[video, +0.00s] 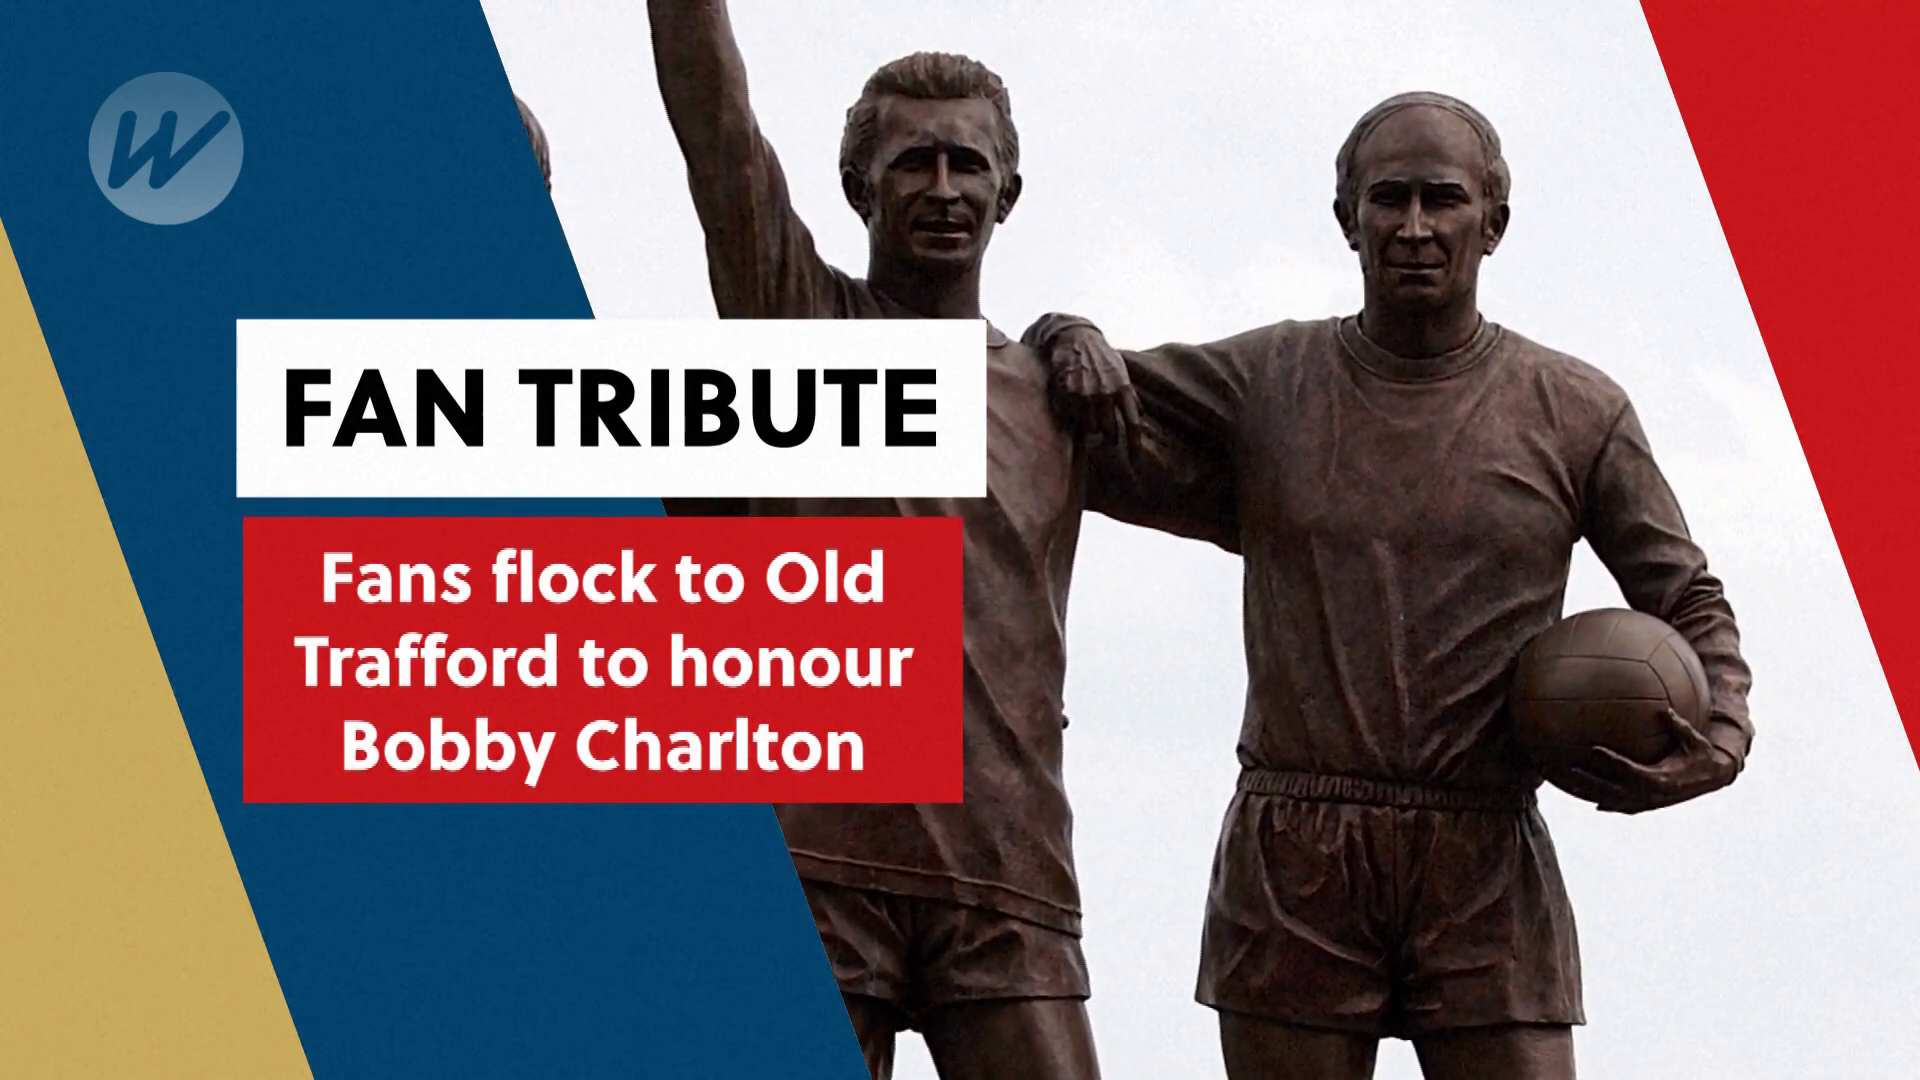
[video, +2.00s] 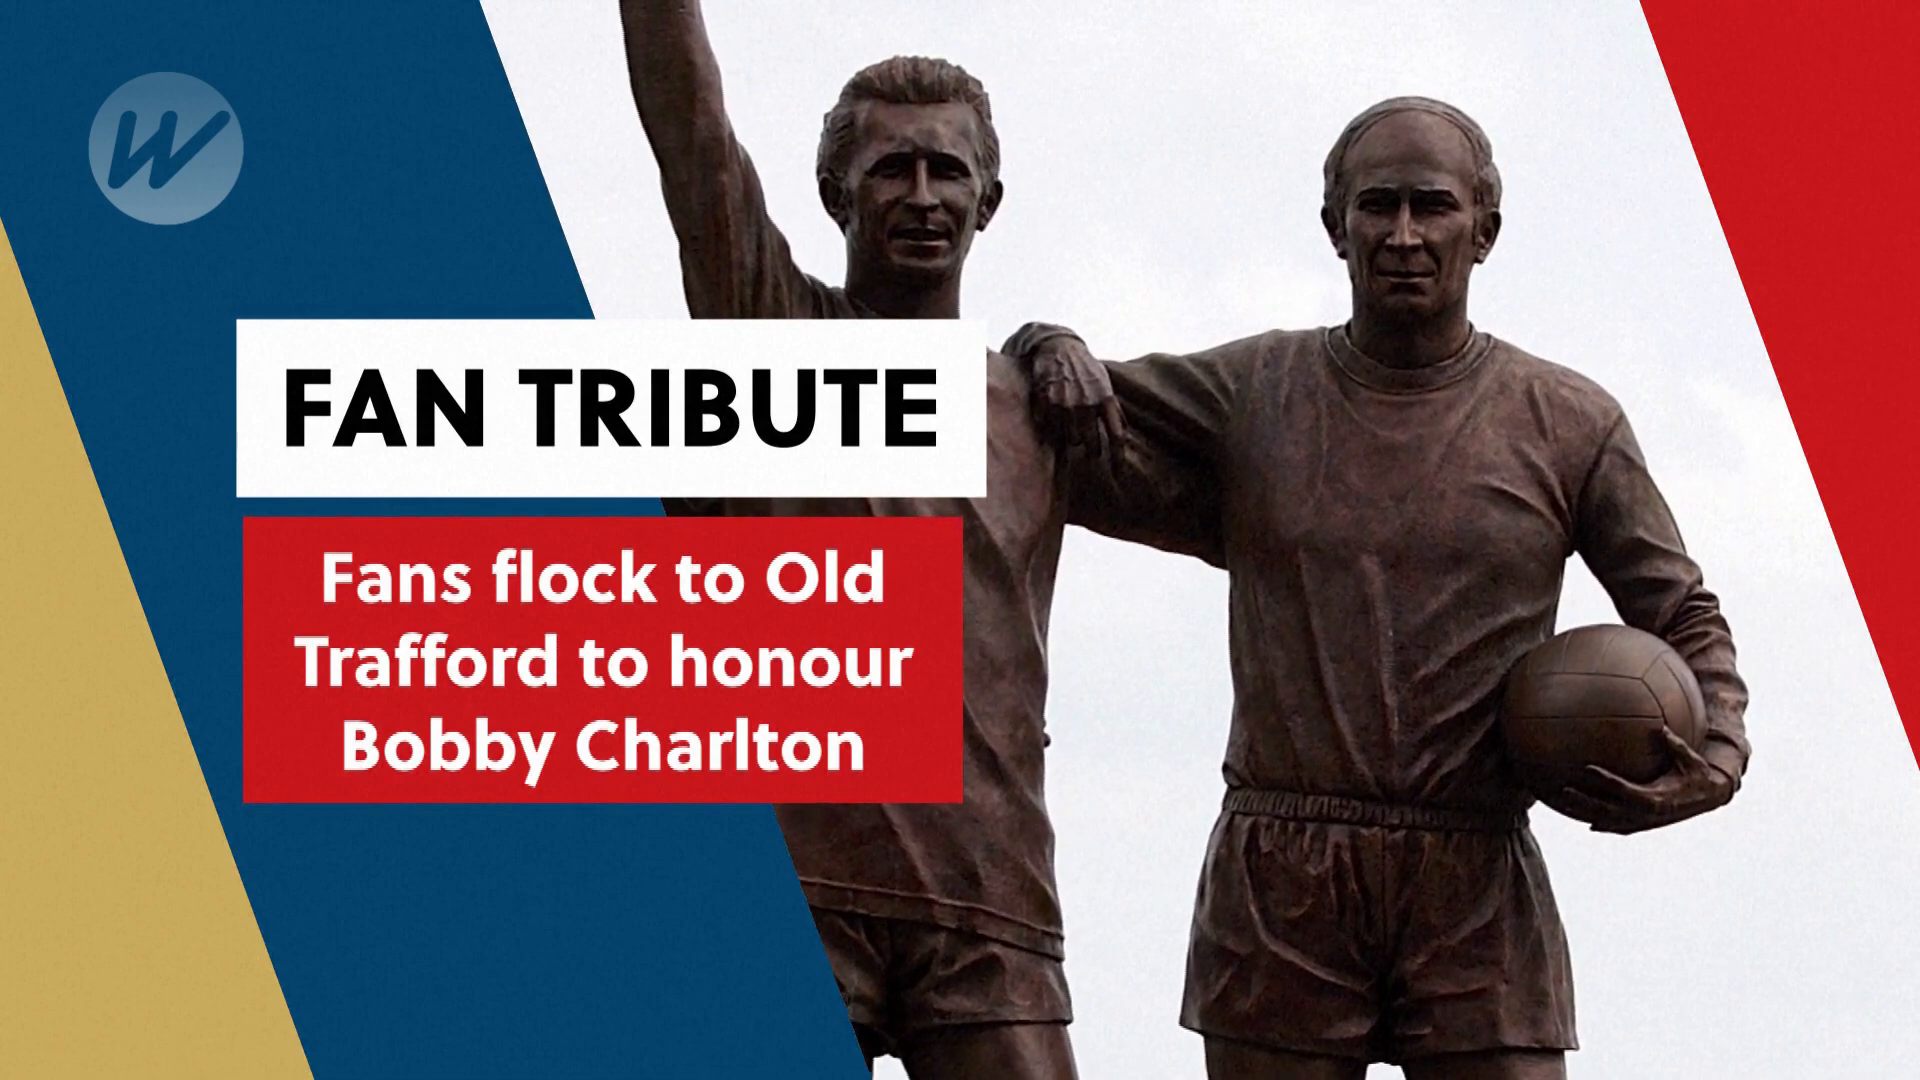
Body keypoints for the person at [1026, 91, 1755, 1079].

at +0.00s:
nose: (1414, 224)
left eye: (1443, 197)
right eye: (1387, 199)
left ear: (1495, 221)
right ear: (1347, 220)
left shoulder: (1577, 408)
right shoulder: (1265, 377)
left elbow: (1686, 599)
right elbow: (1084, 410)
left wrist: (1721, 730)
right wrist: (1066, 337)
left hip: (1485, 863)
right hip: (1291, 859)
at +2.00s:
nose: (1402, 233)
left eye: (1432, 204)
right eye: (1375, 206)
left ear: (1486, 228)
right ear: (1335, 227)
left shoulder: (1569, 419)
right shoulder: (1252, 387)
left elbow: (1681, 614)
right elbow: (1079, 440)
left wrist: (1718, 752)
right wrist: (1046, 351)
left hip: (1478, 891)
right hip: (1276, 885)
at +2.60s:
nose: (1400, 235)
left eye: (1430, 205)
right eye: (1372, 208)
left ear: (1484, 228)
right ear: (1332, 229)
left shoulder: (1566, 422)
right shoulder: (1249, 389)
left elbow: (1678, 616)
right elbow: (1079, 446)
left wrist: (1719, 753)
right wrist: (1043, 354)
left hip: (1473, 894)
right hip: (1272, 889)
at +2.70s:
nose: (1400, 234)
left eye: (1429, 206)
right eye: (1372, 208)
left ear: (1484, 228)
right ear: (1332, 229)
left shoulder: (1566, 422)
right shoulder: (1249, 389)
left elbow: (1678, 615)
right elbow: (1081, 445)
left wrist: (1720, 752)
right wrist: (1043, 355)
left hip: (1472, 893)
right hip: (1272, 888)